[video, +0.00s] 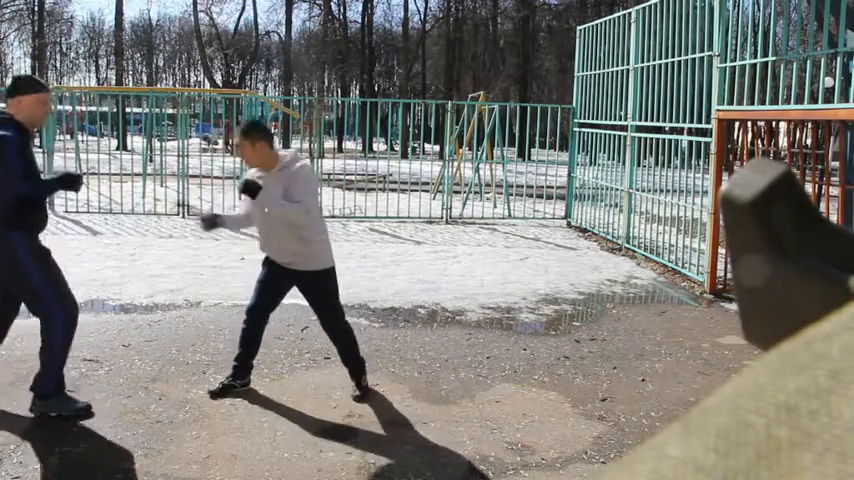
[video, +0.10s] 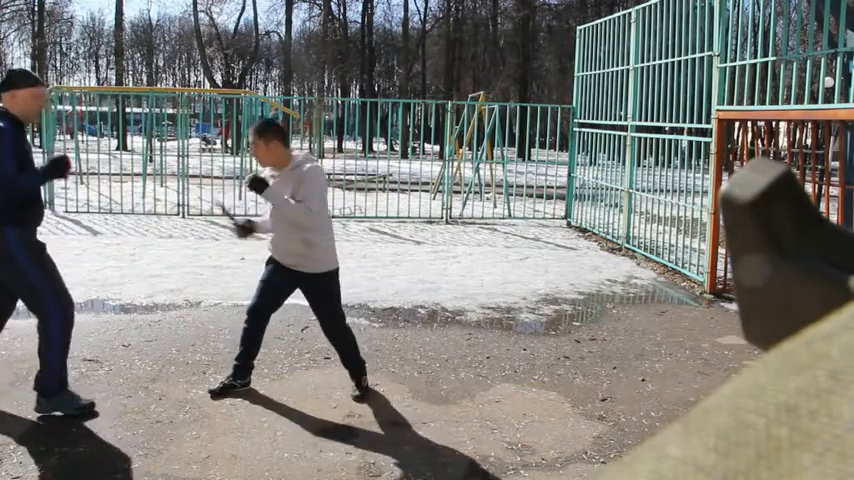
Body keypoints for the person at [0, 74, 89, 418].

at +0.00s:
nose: (48, 111)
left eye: (48, 104)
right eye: (44, 103)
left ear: (20, 103)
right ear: (21, 102)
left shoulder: (13, 136)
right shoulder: (10, 139)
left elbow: (21, 189)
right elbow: (20, 191)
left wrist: (56, 183)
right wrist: (61, 183)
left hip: (11, 243)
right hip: (16, 244)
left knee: (5, 313)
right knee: (61, 310)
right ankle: (48, 395)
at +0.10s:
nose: (42, 103)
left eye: (42, 96)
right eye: (38, 95)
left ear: (14, 98)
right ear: (13, 97)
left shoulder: (12, 130)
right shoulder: (6, 132)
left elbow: (14, 183)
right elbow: (13, 185)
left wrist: (47, 171)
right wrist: (48, 172)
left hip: (13, 239)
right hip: (13, 240)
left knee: (2, 309)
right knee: (57, 308)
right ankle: (52, 393)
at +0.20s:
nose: (41, 107)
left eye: (42, 99)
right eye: (37, 99)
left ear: (12, 99)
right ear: (12, 98)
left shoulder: (11, 132)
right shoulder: (6, 135)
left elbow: (17, 187)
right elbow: (16, 189)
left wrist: (49, 172)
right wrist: (50, 172)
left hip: (14, 241)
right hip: (12, 242)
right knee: (52, 310)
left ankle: (55, 393)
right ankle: (56, 397)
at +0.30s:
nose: (38, 116)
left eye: (39, 109)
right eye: (34, 109)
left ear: (9, 108)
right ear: (10, 107)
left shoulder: (10, 140)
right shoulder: (6, 144)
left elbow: (19, 197)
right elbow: (19, 199)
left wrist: (57, 184)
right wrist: (60, 183)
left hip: (13, 249)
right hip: (13, 251)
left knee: (5, 313)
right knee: (62, 313)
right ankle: (56, 395)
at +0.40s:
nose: (42, 117)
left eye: (42, 110)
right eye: (38, 110)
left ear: (12, 110)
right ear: (13, 109)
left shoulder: (10, 142)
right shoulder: (7, 145)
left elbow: (19, 198)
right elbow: (19, 199)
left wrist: (59, 186)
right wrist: (61, 186)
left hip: (12, 251)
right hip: (12, 252)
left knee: (3, 327)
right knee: (63, 315)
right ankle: (57, 396)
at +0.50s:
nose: (53, 111)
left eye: (53, 103)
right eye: (49, 103)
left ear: (26, 101)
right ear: (25, 100)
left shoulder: (17, 131)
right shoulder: (10, 132)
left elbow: (28, 185)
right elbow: (27, 186)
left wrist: (73, 184)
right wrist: (75, 185)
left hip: (11, 239)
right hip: (7, 241)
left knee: (41, 310)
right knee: (42, 309)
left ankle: (56, 394)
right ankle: (56, 396)